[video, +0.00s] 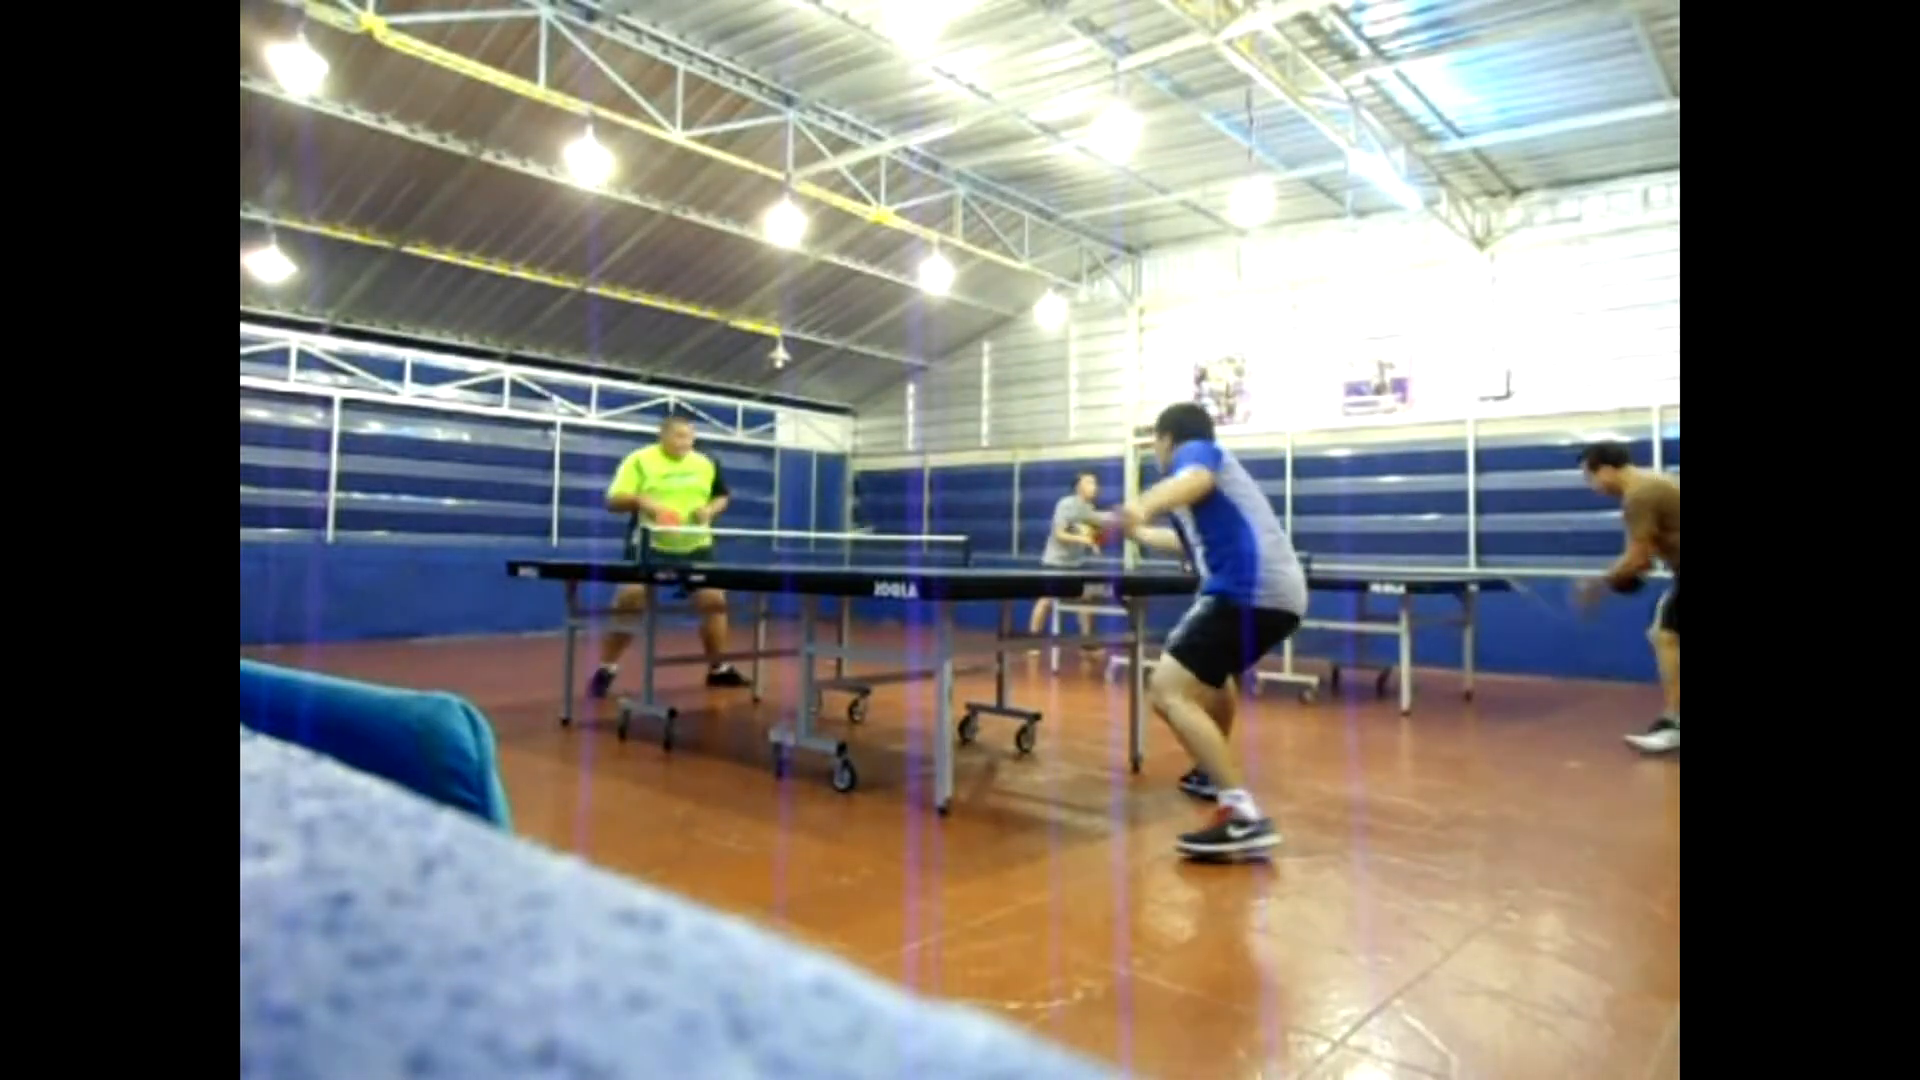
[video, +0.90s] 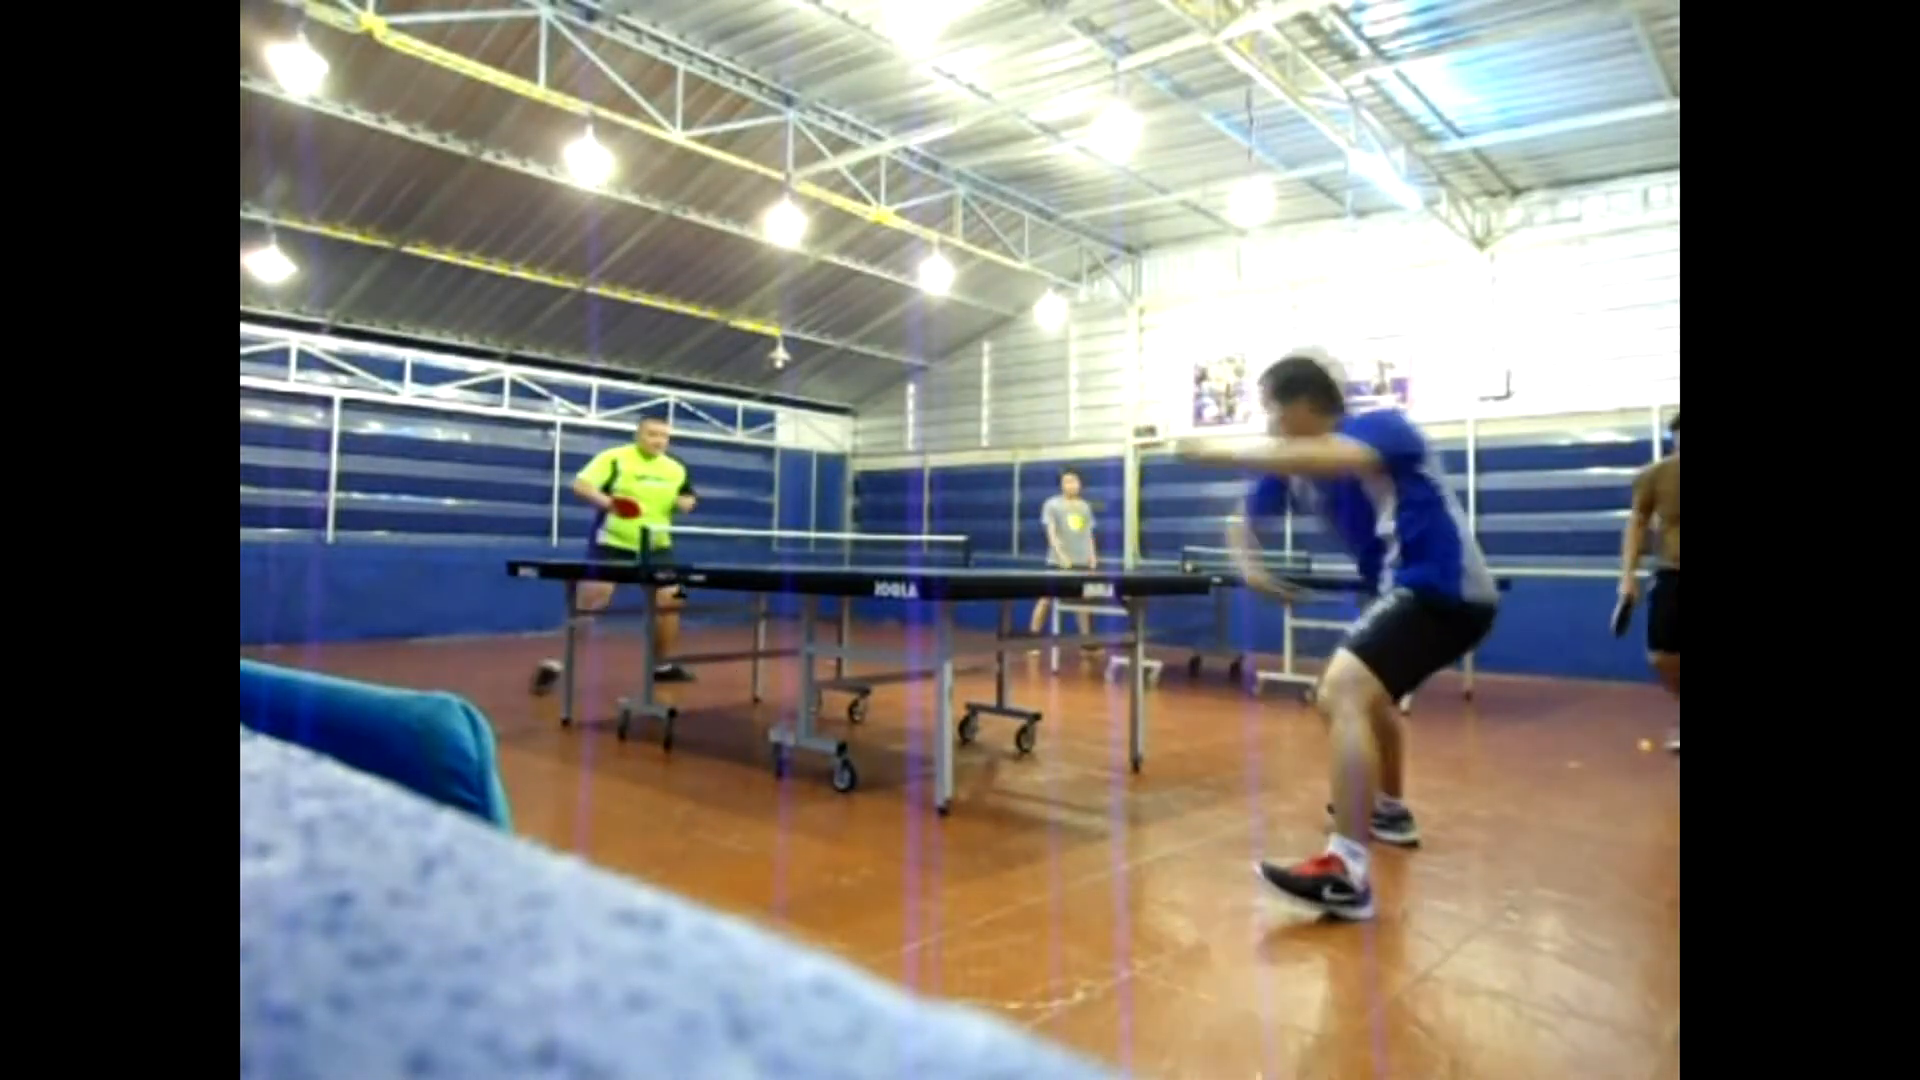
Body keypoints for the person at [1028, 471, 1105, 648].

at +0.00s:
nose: (1092, 488)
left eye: (1094, 483)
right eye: (1088, 483)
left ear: (1096, 488)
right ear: (1078, 486)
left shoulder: (1089, 510)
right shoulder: (1066, 504)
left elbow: (1098, 526)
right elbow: (1060, 534)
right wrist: (1086, 541)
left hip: (1078, 563)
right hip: (1055, 562)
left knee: (1084, 600)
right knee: (1046, 599)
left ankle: (1087, 639)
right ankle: (1033, 637)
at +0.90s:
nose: (1071, 486)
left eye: (1073, 481)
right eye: (1067, 482)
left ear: (1079, 484)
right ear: (1061, 485)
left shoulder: (1084, 506)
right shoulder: (1052, 505)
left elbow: (1089, 534)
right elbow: (1052, 535)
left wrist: (1092, 556)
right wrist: (1063, 557)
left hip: (1082, 562)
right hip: (1058, 561)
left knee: (1082, 601)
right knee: (1046, 598)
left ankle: (1086, 637)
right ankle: (1034, 634)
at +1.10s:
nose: (1071, 486)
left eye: (1074, 482)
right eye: (1067, 482)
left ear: (1080, 485)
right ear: (1062, 485)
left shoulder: (1086, 507)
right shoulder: (1053, 504)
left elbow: (1089, 536)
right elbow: (1046, 533)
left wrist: (1093, 560)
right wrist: (1040, 560)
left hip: (1081, 562)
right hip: (1057, 561)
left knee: (1082, 602)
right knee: (1045, 600)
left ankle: (1086, 638)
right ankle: (1034, 637)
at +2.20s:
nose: (1074, 487)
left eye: (1077, 483)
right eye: (1070, 483)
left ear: (1082, 487)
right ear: (1063, 485)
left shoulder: (1084, 507)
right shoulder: (1051, 504)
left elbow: (1087, 534)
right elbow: (1044, 533)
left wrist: (1090, 555)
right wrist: (1064, 545)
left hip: (1080, 560)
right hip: (1057, 560)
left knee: (1082, 601)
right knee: (1046, 598)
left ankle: (1085, 638)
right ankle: (1033, 635)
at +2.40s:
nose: (1074, 487)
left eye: (1077, 483)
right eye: (1070, 483)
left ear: (1082, 487)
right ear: (1063, 485)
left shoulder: (1084, 508)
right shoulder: (1051, 504)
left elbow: (1086, 533)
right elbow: (1043, 532)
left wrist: (1089, 554)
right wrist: (1065, 543)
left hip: (1080, 560)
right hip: (1056, 560)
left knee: (1083, 600)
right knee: (1046, 598)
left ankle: (1085, 638)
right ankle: (1034, 635)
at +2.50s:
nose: (1086, 490)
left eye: (1089, 486)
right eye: (1083, 485)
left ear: (1092, 489)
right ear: (1075, 487)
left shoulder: (1086, 507)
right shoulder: (1063, 504)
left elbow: (1085, 531)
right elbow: (1065, 522)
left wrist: (1087, 553)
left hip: (1077, 558)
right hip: (1057, 557)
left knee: (1081, 599)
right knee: (1049, 597)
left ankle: (1086, 636)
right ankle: (1037, 633)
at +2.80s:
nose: (1083, 490)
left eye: (1085, 486)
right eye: (1079, 486)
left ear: (1088, 490)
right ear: (1071, 488)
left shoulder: (1085, 509)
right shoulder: (1057, 505)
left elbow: (1087, 532)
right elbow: (1045, 526)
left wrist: (1083, 553)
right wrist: (1065, 530)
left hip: (1076, 558)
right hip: (1053, 557)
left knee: (1084, 599)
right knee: (1043, 597)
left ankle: (1087, 637)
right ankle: (1031, 634)